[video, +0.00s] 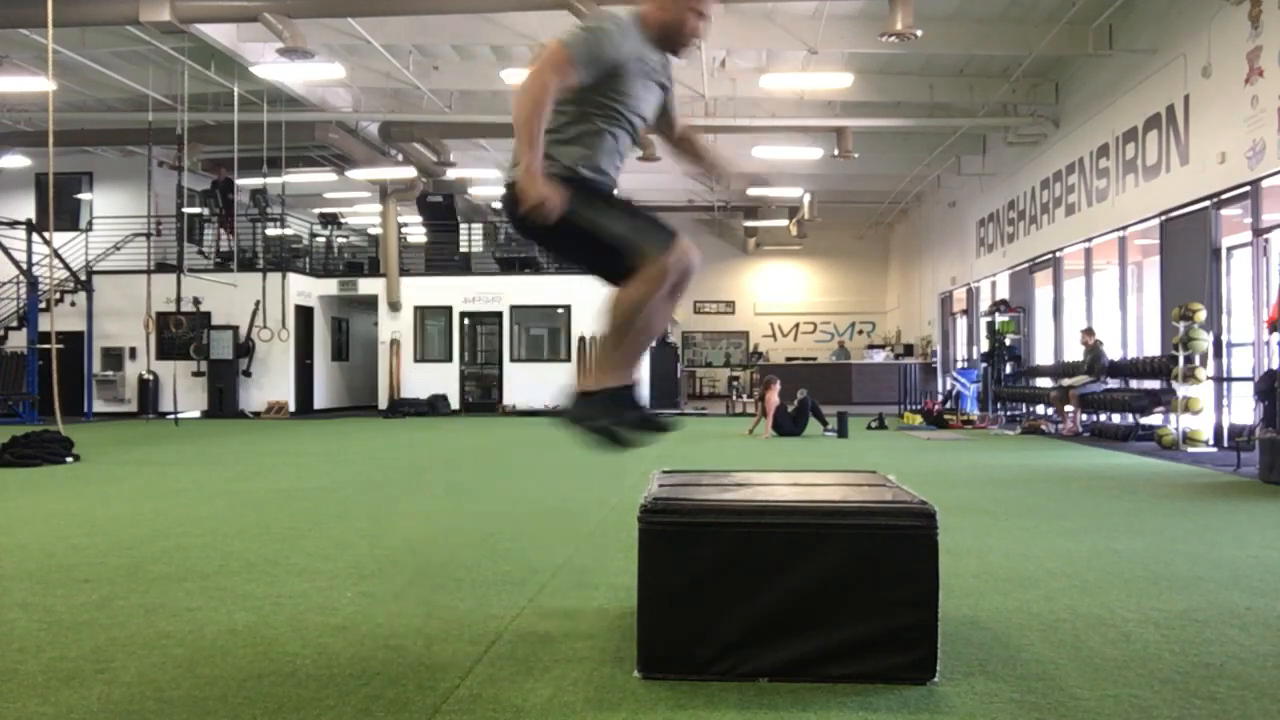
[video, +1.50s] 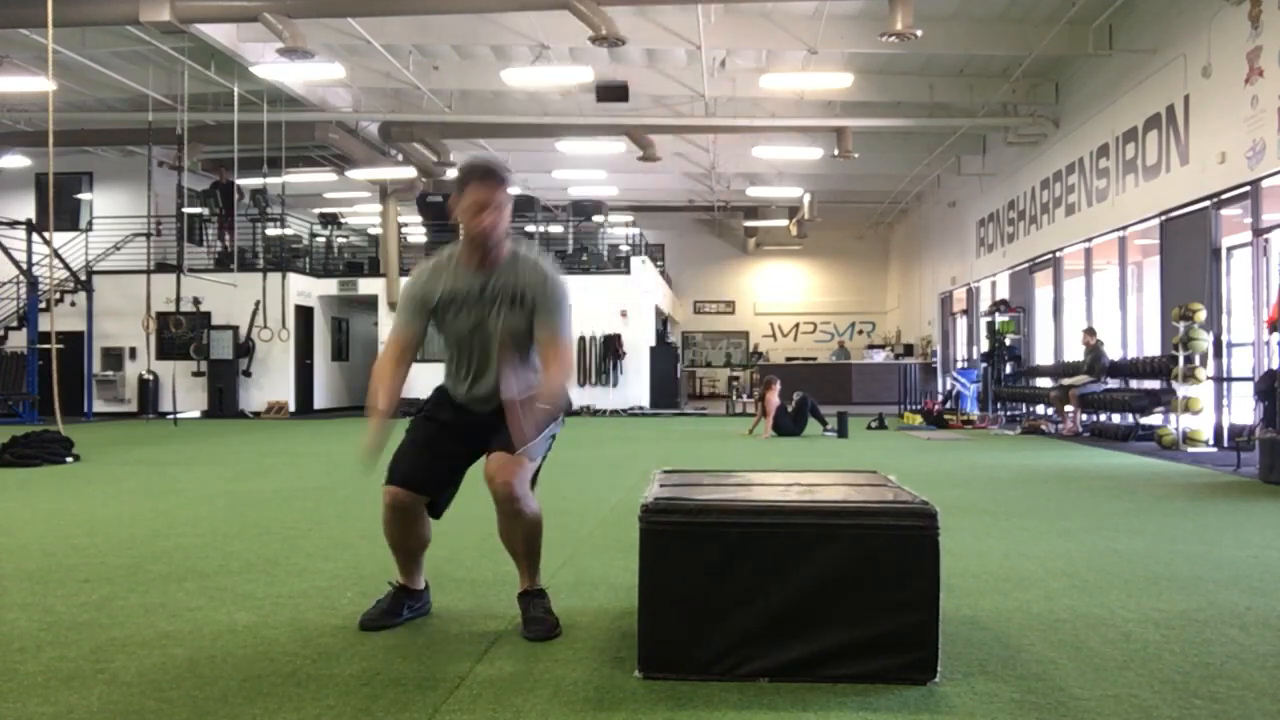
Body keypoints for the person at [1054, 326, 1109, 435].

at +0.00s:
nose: (1081, 340)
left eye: (1084, 337)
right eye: (1081, 337)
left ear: (1091, 338)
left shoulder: (1099, 353)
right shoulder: (1087, 351)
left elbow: (1096, 376)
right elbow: (1085, 371)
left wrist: (1074, 381)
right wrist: (1071, 380)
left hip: (1099, 382)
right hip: (1087, 379)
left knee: (1074, 393)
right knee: (1055, 395)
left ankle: (1076, 426)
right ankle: (1066, 425)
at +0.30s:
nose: (1082, 339)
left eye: (1084, 337)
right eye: (1082, 336)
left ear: (1092, 337)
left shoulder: (1099, 353)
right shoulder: (1088, 351)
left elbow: (1096, 377)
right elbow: (1086, 372)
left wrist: (1074, 381)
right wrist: (1071, 380)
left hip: (1099, 382)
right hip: (1087, 379)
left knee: (1074, 393)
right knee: (1054, 395)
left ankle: (1076, 426)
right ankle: (1066, 424)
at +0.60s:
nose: (1082, 339)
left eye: (1085, 337)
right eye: (1082, 336)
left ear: (1092, 337)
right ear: (1087, 337)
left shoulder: (1099, 353)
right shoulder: (1088, 351)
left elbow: (1096, 376)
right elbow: (1085, 372)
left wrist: (1075, 381)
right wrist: (1072, 380)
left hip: (1099, 382)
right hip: (1086, 380)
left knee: (1073, 393)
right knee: (1054, 395)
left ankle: (1076, 426)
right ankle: (1066, 425)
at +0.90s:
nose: (1082, 340)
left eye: (1084, 337)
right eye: (1082, 336)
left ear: (1092, 338)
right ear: (1088, 338)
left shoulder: (1099, 353)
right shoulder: (1088, 351)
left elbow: (1095, 376)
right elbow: (1085, 372)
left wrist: (1073, 381)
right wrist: (1071, 380)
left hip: (1099, 382)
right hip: (1087, 379)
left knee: (1074, 393)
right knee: (1054, 395)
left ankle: (1076, 426)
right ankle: (1066, 424)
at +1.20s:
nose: (1083, 340)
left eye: (1085, 337)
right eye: (1083, 337)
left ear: (1093, 338)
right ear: (1087, 338)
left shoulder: (1100, 354)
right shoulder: (1088, 351)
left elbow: (1095, 377)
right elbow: (1085, 372)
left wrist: (1073, 381)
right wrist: (1071, 380)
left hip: (1098, 382)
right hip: (1086, 380)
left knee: (1073, 393)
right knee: (1054, 395)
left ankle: (1076, 426)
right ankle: (1066, 424)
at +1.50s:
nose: (1083, 340)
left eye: (1085, 337)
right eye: (1083, 337)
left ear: (1093, 338)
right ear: (1087, 338)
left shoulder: (1100, 354)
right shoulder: (1088, 351)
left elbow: (1096, 377)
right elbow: (1085, 371)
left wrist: (1073, 381)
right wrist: (1071, 380)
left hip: (1098, 382)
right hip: (1086, 380)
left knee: (1073, 392)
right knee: (1054, 395)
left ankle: (1076, 426)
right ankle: (1066, 424)